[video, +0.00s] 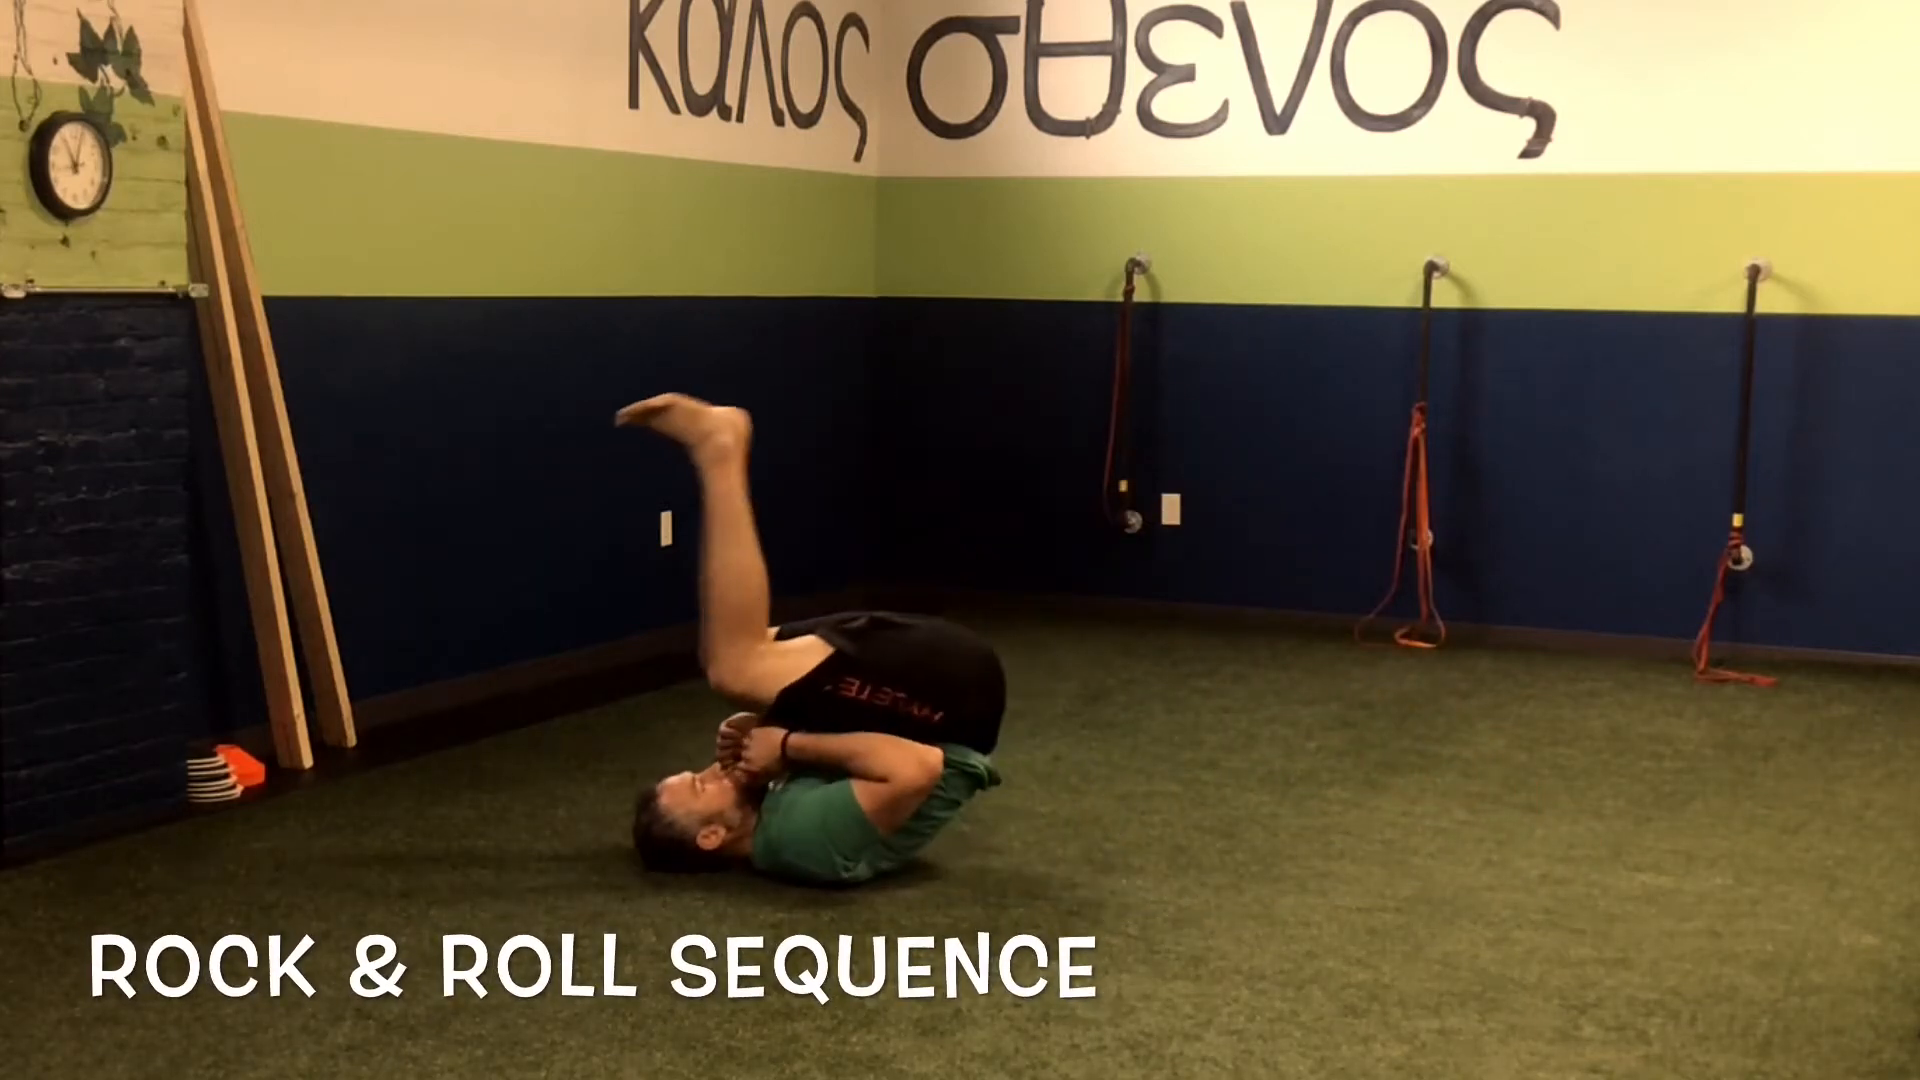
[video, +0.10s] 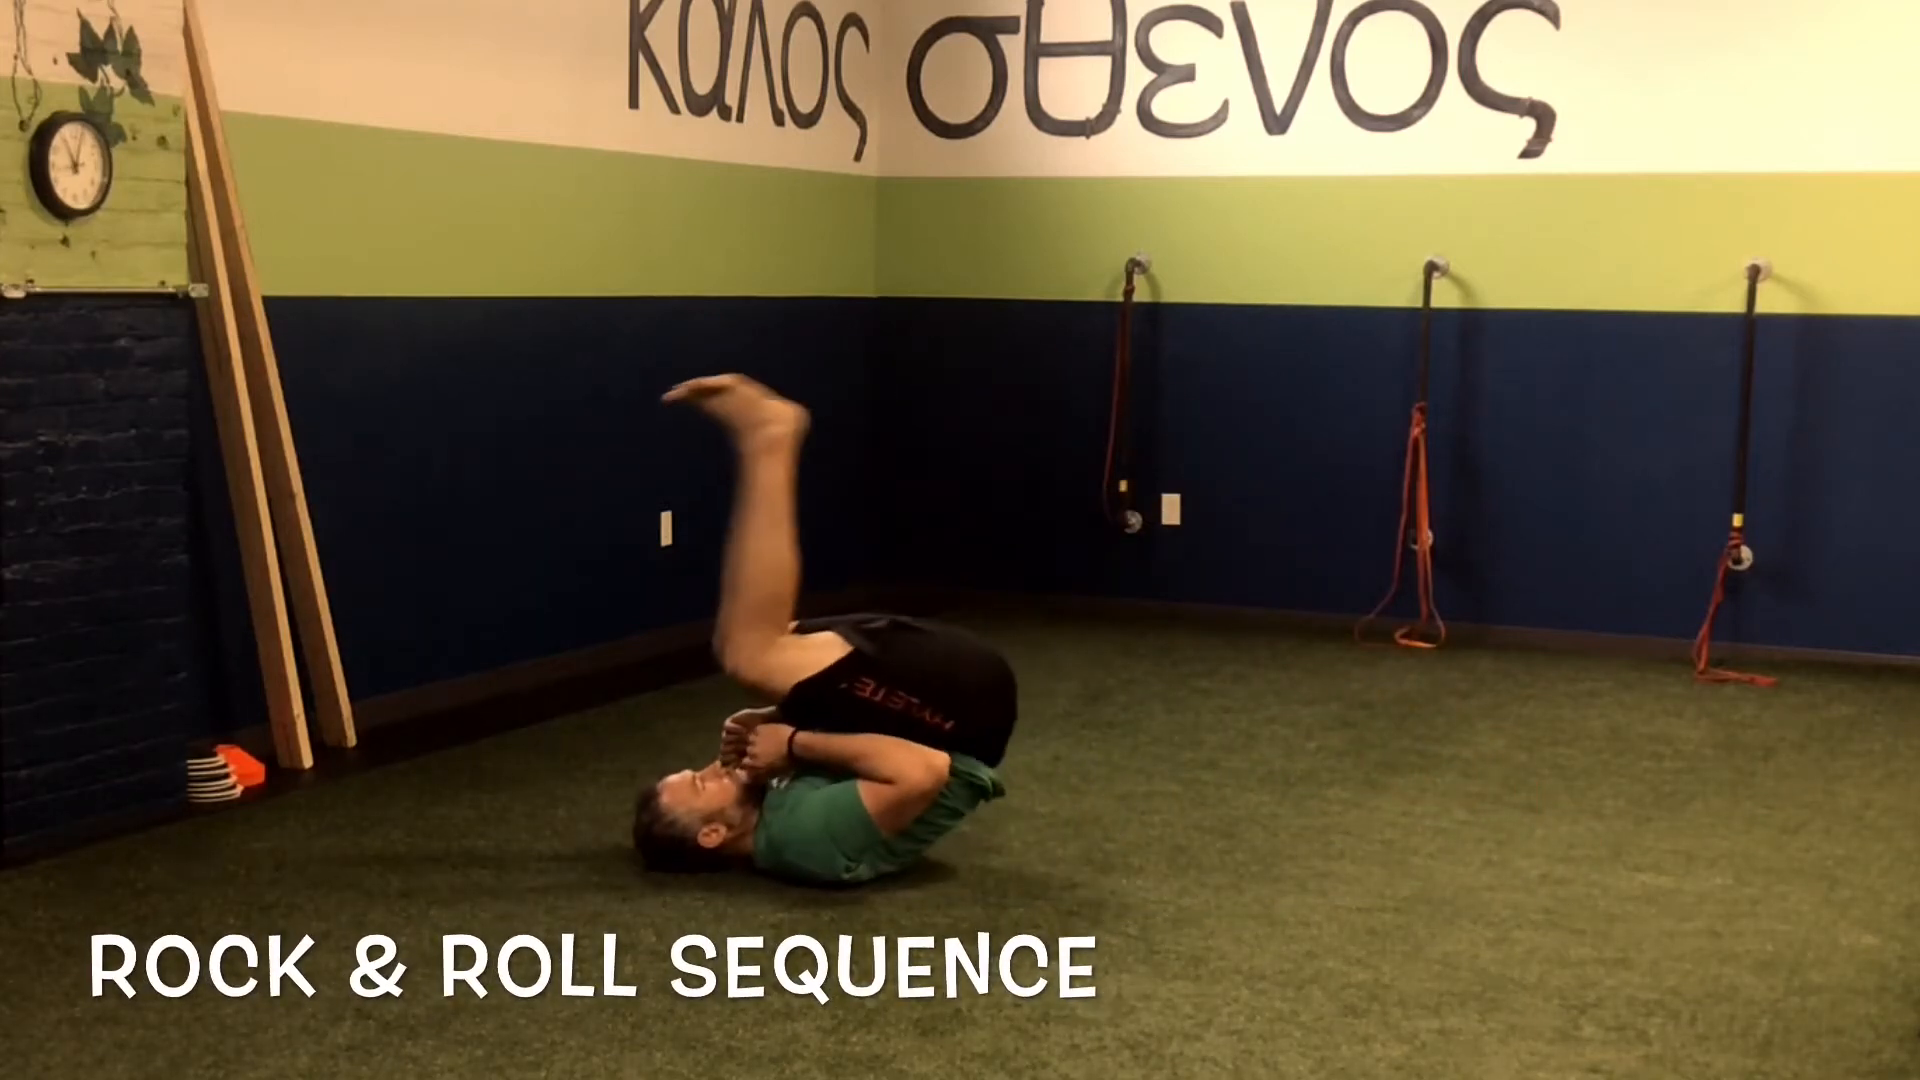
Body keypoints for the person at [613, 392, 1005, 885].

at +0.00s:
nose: (713, 771)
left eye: (696, 775)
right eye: (701, 786)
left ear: (717, 834)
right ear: (714, 835)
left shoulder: (767, 817)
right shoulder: (797, 839)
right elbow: (918, 769)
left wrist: (758, 736)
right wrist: (784, 747)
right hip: (965, 689)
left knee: (738, 653)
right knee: (735, 665)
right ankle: (719, 446)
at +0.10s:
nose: (710, 769)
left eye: (694, 773)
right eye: (697, 783)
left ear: (713, 834)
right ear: (713, 834)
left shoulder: (770, 815)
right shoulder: (797, 837)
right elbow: (926, 771)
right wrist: (793, 744)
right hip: (971, 701)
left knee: (744, 644)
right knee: (751, 652)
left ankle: (767, 435)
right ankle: (770, 433)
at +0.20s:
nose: (716, 762)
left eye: (699, 766)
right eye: (701, 777)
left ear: (715, 829)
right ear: (715, 829)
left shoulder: (774, 813)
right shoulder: (801, 835)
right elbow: (935, 777)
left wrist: (788, 722)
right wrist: (805, 743)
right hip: (984, 722)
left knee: (770, 631)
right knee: (775, 636)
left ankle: (832, 430)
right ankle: (841, 428)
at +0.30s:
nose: (725, 747)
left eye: (708, 750)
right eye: (711, 764)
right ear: (722, 815)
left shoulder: (787, 804)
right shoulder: (803, 829)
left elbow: (884, 719)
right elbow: (944, 786)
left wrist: (804, 717)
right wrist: (821, 739)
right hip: (1004, 743)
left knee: (811, 617)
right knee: (810, 622)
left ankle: (923, 433)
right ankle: (921, 434)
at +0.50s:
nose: (779, 693)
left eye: (759, 691)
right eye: (758, 704)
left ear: (761, 759)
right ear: (756, 760)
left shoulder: (815, 770)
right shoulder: (823, 803)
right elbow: (981, 801)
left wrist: (876, 705)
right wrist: (878, 716)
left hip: (1013, 776)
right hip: (1036, 795)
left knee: (919, 589)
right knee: (923, 594)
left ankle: (1103, 496)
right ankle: (1122, 506)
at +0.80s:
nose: (929, 605)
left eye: (918, 593)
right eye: (910, 602)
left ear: (884, 629)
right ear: (873, 636)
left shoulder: (903, 683)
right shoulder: (911, 711)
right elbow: (1052, 796)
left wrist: (999, 672)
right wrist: (1023, 681)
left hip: (1061, 821)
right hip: (1082, 845)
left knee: (1117, 606)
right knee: (1131, 611)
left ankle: (1309, 695)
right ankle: (1321, 721)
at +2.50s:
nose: (902, 609)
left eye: (889, 599)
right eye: (882, 607)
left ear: (859, 643)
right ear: (852, 646)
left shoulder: (890, 698)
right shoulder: (900, 713)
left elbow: (1013, 770)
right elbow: (1035, 799)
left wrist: (996, 673)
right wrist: (1007, 681)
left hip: (1059, 825)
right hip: (1080, 844)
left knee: (1083, 601)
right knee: (1095, 604)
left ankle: (1294, 625)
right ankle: (1308, 626)